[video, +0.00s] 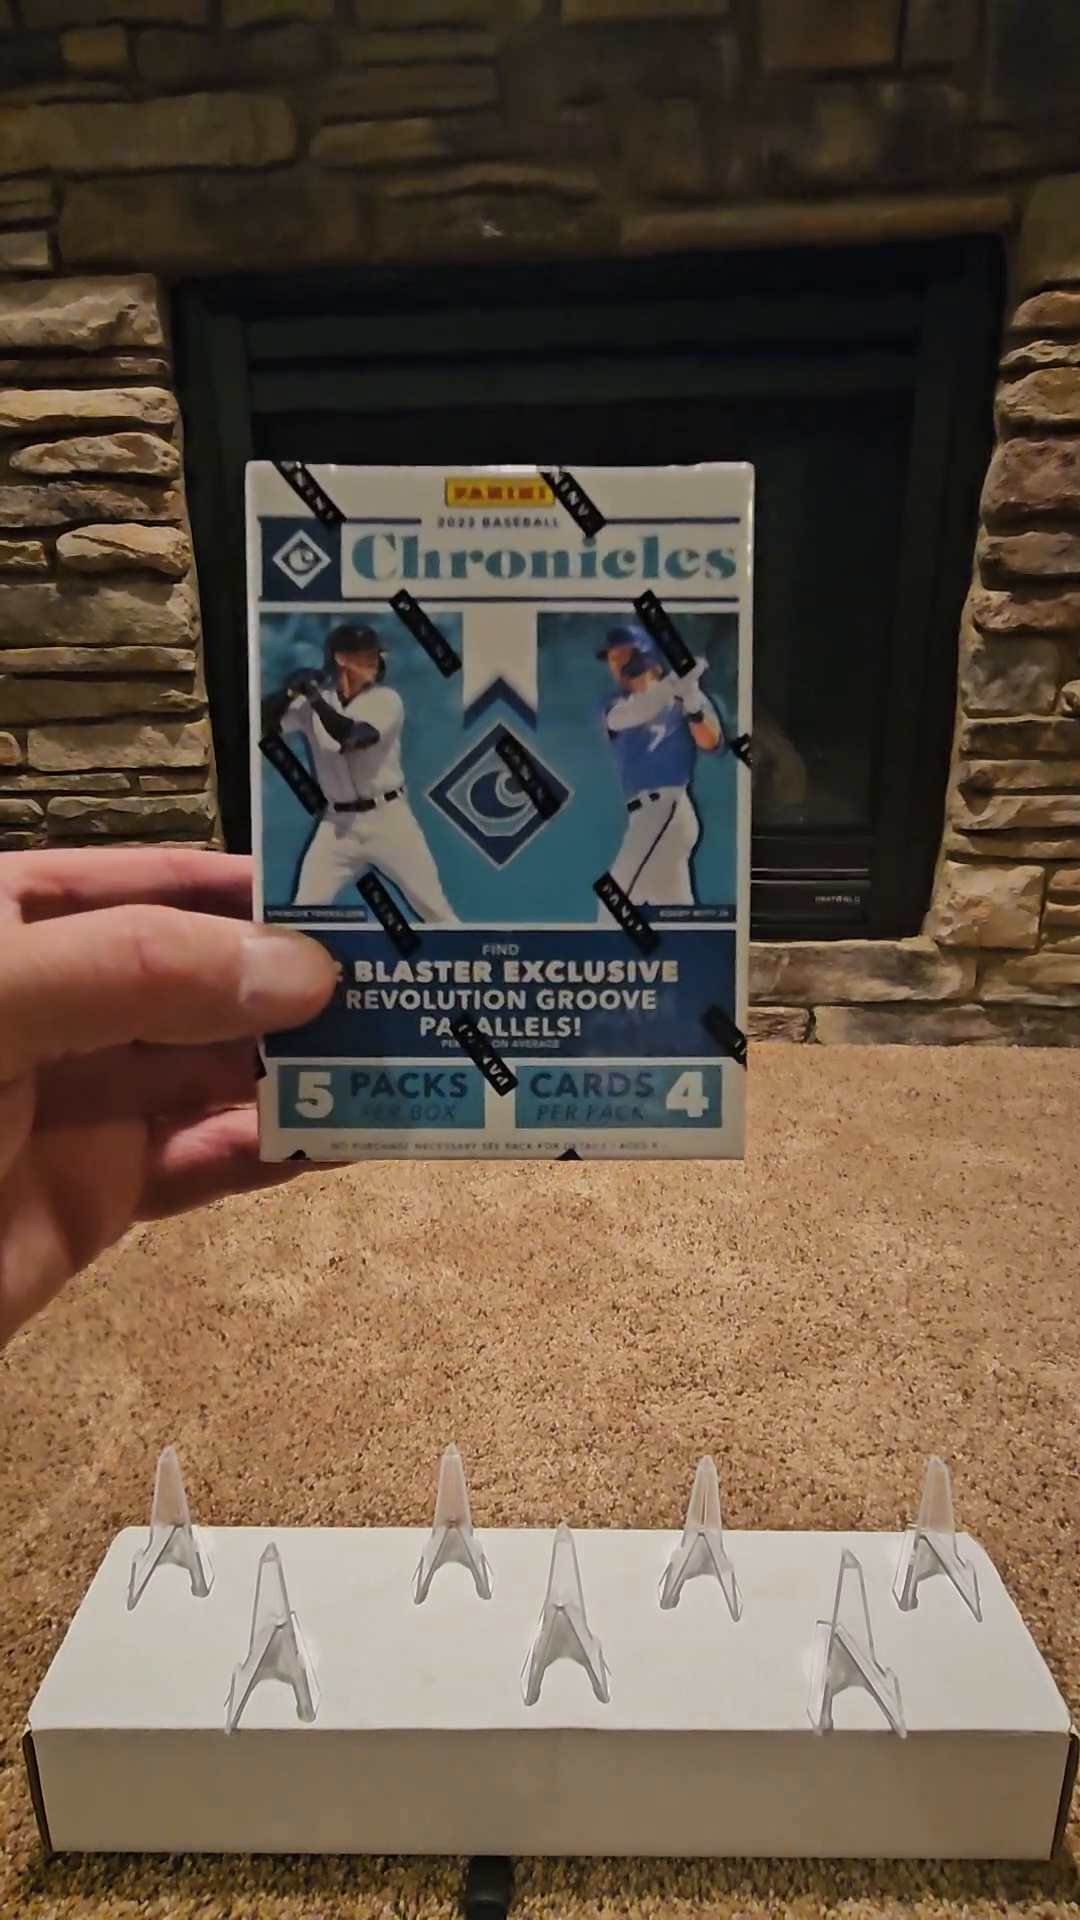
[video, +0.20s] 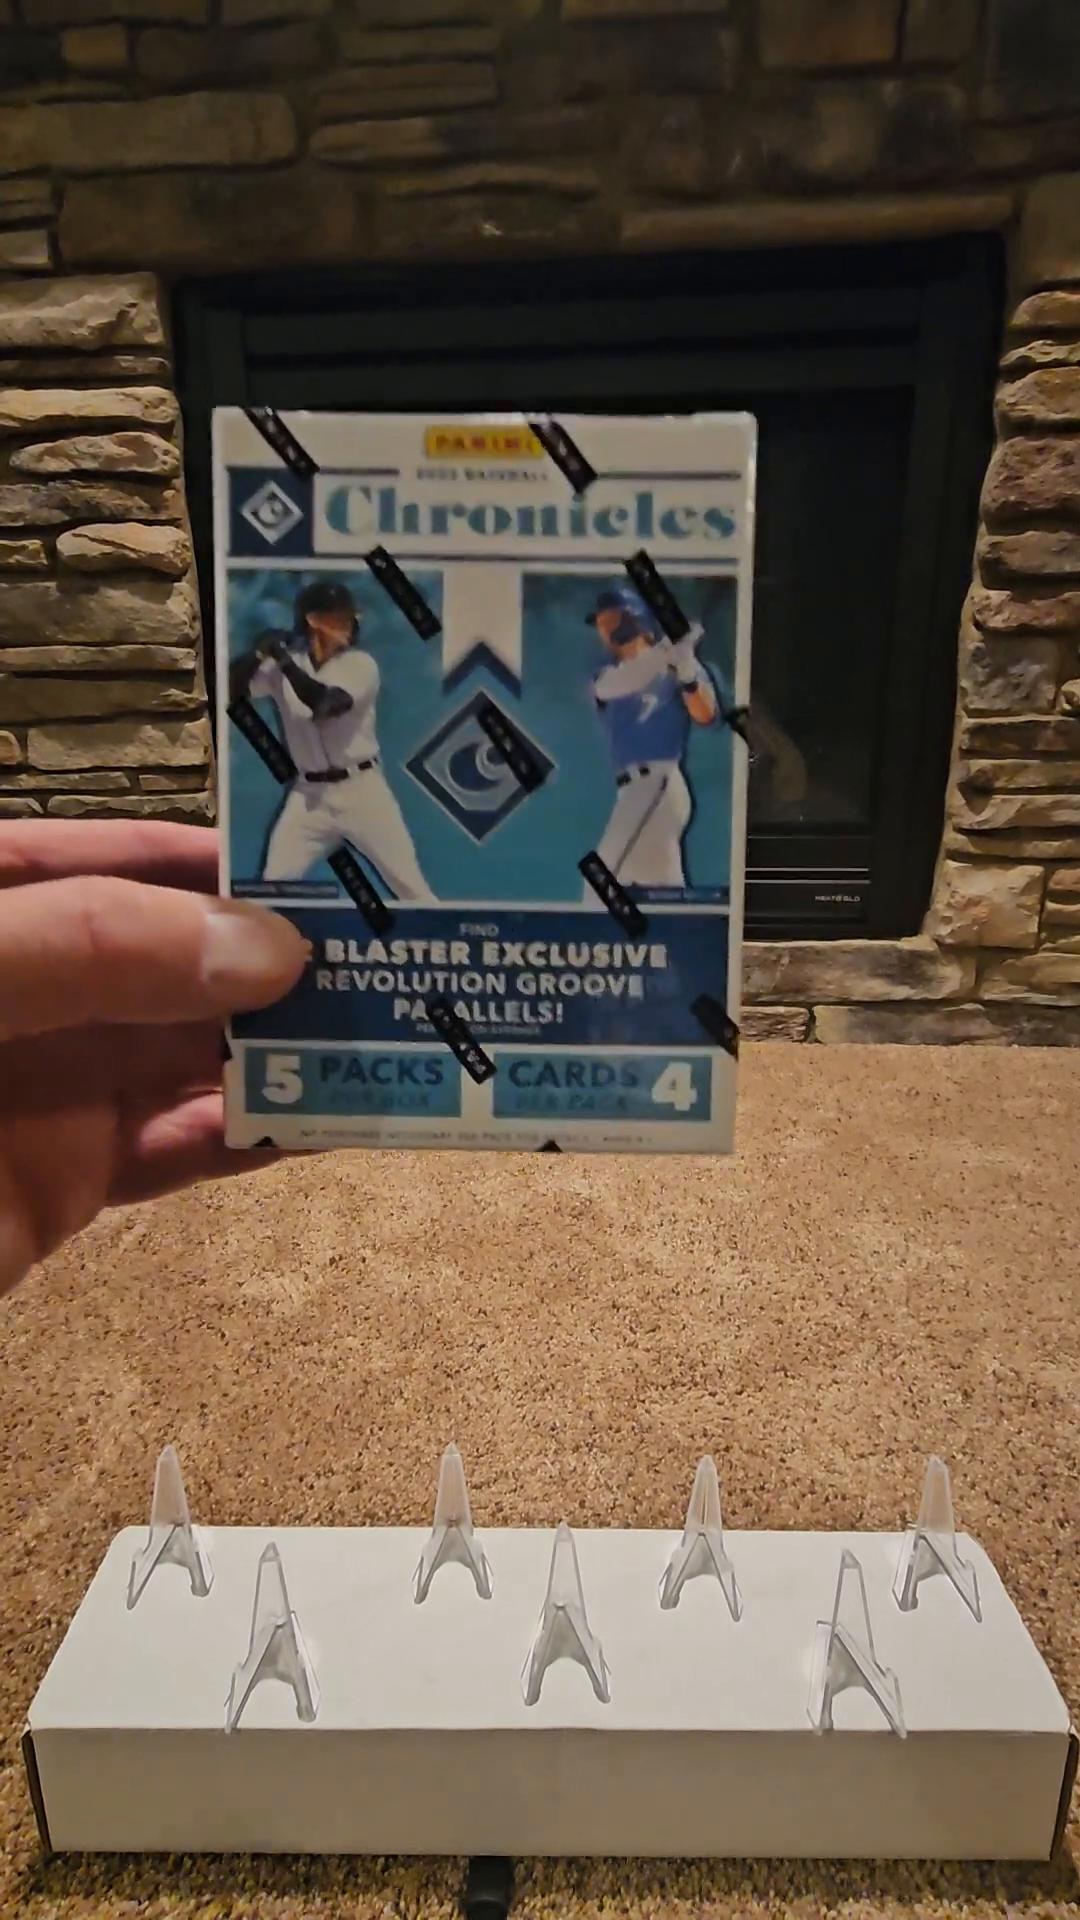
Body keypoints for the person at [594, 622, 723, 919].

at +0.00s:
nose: (617, 665)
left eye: (624, 655)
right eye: (612, 658)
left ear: (645, 657)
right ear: (608, 664)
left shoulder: (684, 696)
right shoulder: (612, 706)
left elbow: (711, 743)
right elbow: (632, 715)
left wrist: (692, 699)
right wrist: (671, 684)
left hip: (668, 811)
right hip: (643, 815)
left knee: (615, 904)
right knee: (676, 915)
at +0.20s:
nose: (605, 631)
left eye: (613, 620)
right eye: (601, 623)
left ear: (636, 621)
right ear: (598, 630)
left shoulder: (678, 664)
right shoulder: (606, 676)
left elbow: (705, 716)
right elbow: (625, 682)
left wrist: (686, 667)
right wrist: (666, 651)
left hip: (659, 785)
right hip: (632, 789)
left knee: (602, 881)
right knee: (663, 894)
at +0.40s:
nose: (597, 579)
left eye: (604, 569)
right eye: (593, 571)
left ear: (628, 569)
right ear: (590, 576)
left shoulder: (673, 610)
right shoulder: (595, 623)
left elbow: (703, 663)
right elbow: (619, 629)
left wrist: (682, 611)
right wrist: (660, 595)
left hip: (655, 738)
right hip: (626, 743)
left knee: (597, 841)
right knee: (663, 853)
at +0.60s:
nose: (622, 558)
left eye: (630, 547)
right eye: (617, 550)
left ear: (656, 549)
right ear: (613, 556)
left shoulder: (699, 592)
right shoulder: (622, 606)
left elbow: (732, 649)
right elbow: (642, 614)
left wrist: (710, 594)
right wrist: (682, 583)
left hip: (682, 727)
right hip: (653, 731)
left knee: (621, 835)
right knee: (693, 848)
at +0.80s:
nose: (644, 525)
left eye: (653, 513)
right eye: (641, 516)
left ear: (681, 514)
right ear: (638, 521)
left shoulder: (735, 562)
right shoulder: (652, 575)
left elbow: (765, 621)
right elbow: (655, 590)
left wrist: (742, 562)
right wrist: (718, 546)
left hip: (711, 704)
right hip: (682, 709)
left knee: (647, 819)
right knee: (721, 833)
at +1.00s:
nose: (679, 509)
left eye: (688, 496)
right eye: (674, 500)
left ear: (717, 497)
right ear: (670, 506)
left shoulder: (769, 547)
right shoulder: (680, 562)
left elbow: (801, 609)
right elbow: (698, 572)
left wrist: (777, 546)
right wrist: (757, 528)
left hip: (744, 697)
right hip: (713, 702)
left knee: (676, 816)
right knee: (753, 832)